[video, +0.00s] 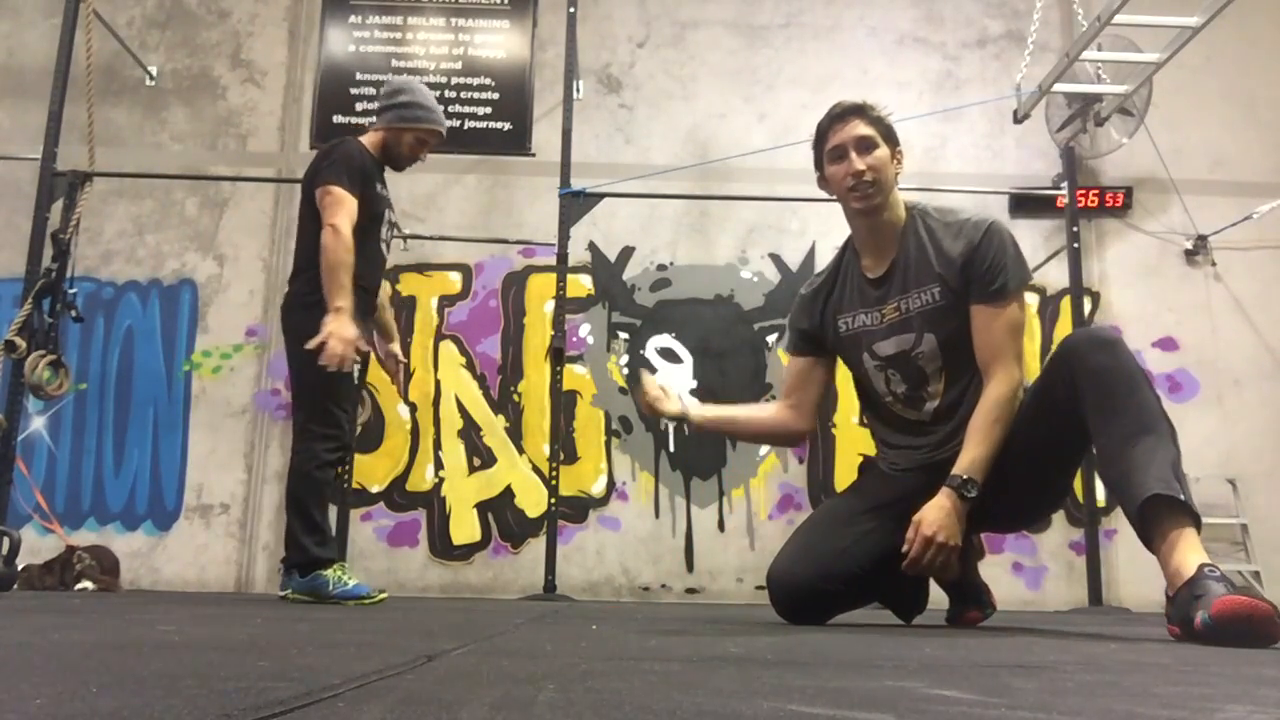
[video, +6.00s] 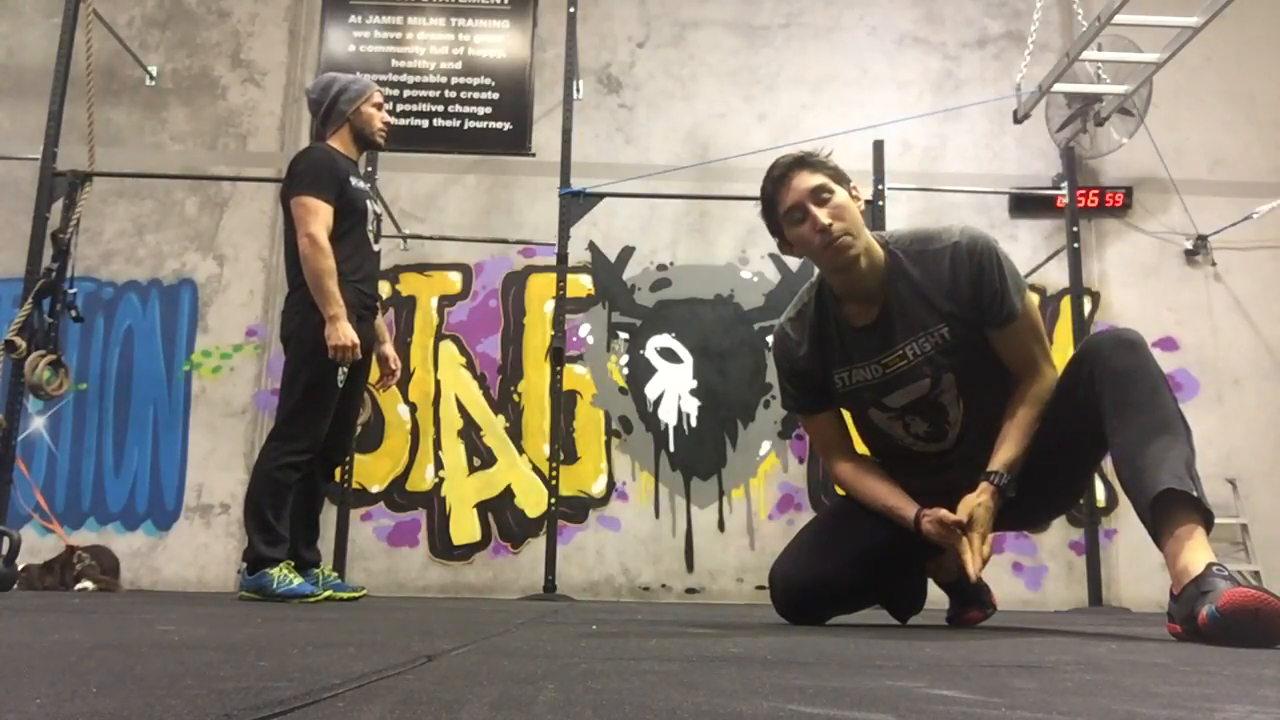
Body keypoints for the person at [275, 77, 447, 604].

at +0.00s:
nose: (423, 154)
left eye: (429, 147)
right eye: (421, 143)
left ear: (401, 132)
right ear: (395, 124)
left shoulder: (369, 174)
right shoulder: (346, 156)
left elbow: (370, 269)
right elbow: (334, 231)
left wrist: (387, 336)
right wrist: (340, 313)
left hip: (340, 321)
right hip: (323, 317)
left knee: (329, 441)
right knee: (322, 441)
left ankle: (314, 566)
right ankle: (308, 567)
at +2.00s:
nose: (386, 131)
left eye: (389, 122)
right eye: (378, 119)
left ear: (360, 120)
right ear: (344, 115)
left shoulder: (344, 176)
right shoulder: (307, 159)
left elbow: (359, 260)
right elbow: (315, 234)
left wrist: (397, 308)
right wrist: (365, 295)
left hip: (342, 319)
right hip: (311, 316)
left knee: (320, 445)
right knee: (291, 440)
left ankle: (301, 564)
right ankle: (263, 566)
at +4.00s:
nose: (389, 115)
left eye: (387, 107)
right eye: (379, 106)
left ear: (359, 116)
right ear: (347, 112)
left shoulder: (354, 175)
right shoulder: (319, 161)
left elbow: (360, 269)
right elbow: (314, 240)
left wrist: (384, 336)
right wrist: (340, 316)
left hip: (348, 330)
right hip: (319, 325)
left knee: (323, 452)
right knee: (295, 442)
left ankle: (302, 564)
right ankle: (263, 566)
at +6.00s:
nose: (387, 117)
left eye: (385, 108)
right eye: (378, 107)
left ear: (357, 116)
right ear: (346, 112)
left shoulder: (353, 175)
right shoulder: (316, 163)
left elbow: (359, 265)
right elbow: (312, 242)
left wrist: (380, 335)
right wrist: (335, 317)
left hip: (348, 327)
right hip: (319, 323)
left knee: (324, 450)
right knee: (296, 441)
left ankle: (302, 564)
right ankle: (262, 566)